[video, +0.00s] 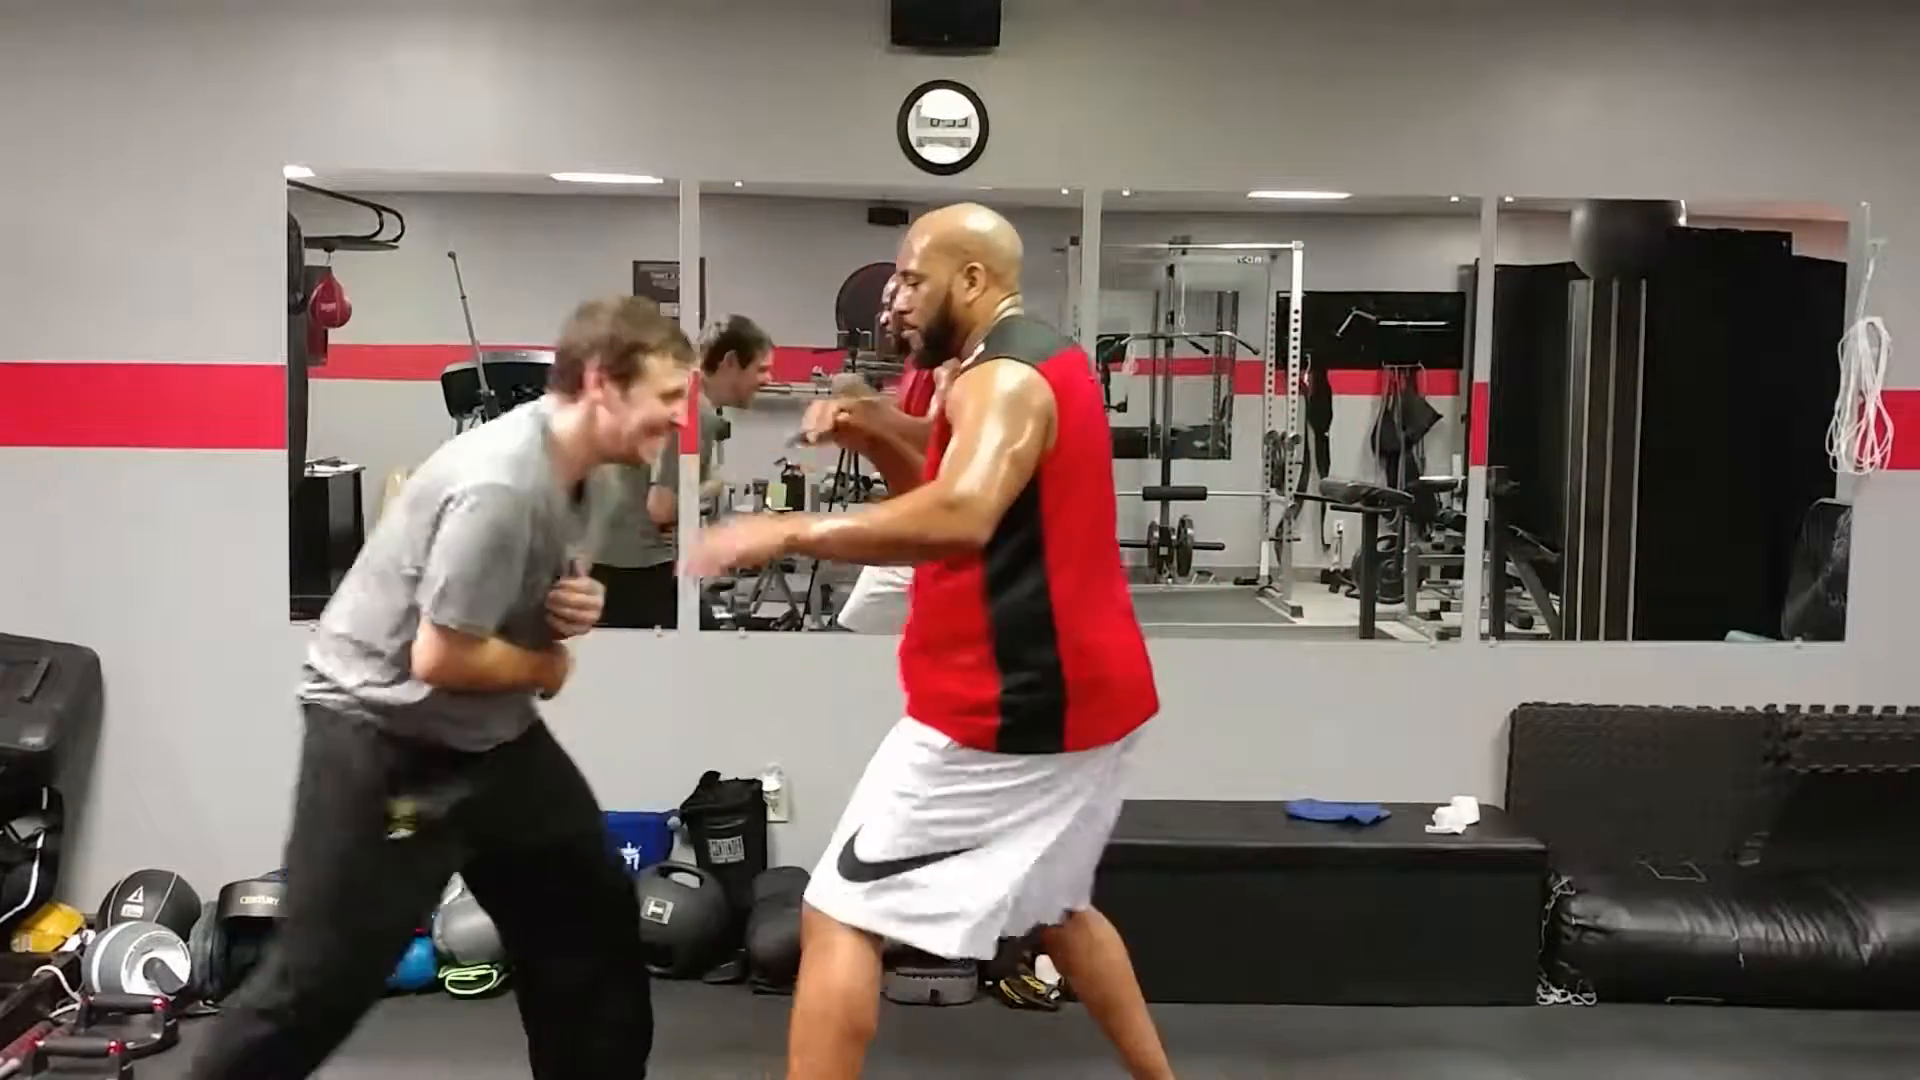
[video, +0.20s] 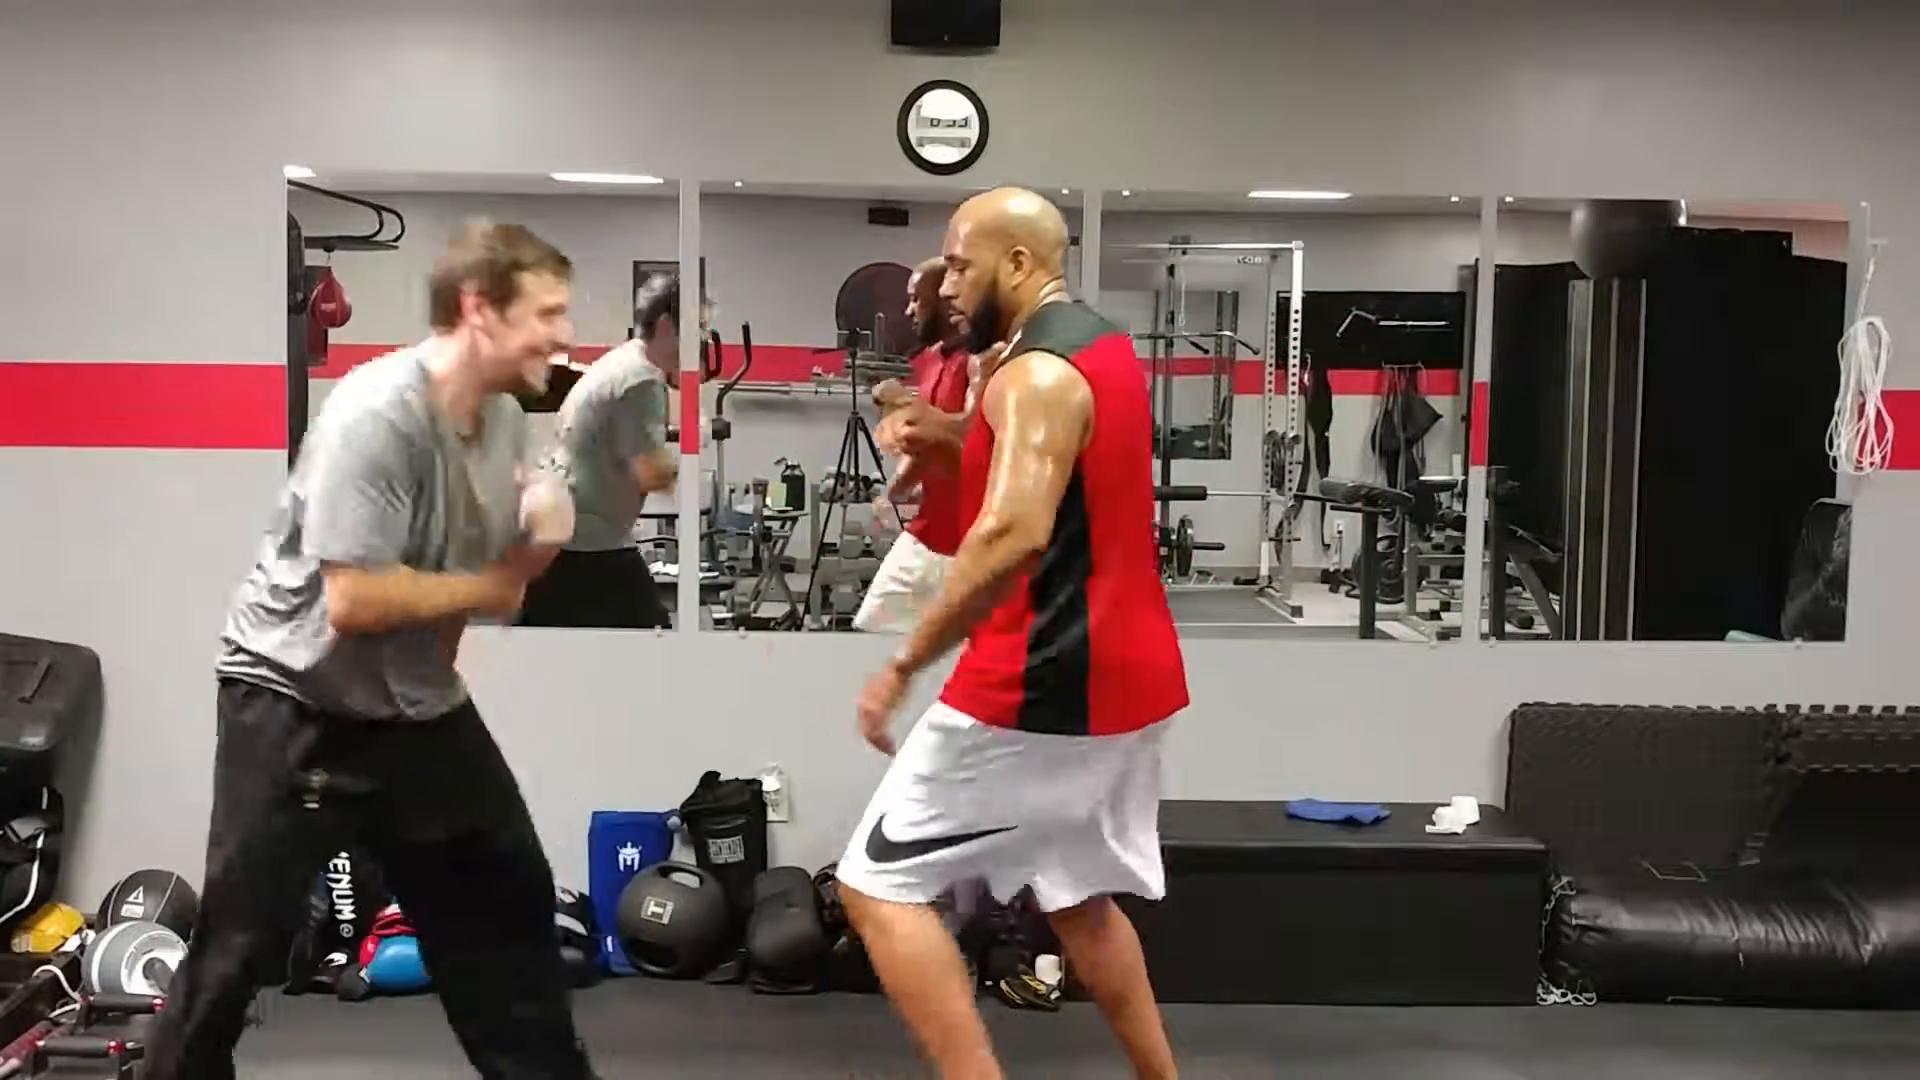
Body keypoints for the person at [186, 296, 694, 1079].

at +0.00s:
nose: (679, 418)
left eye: (683, 400)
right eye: (668, 397)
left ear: (605, 390)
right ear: (599, 386)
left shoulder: (572, 469)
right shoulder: (500, 486)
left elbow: (525, 585)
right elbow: (440, 655)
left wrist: (576, 600)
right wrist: (542, 668)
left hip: (494, 733)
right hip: (380, 738)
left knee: (590, 941)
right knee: (317, 987)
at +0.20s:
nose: (563, 338)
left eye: (564, 318)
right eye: (546, 315)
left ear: (493, 317)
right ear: (477, 312)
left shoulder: (503, 423)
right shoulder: (375, 412)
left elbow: (480, 567)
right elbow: (352, 600)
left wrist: (539, 533)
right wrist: (488, 588)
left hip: (415, 702)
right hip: (291, 702)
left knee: (504, 911)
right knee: (240, 948)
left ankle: (547, 1073)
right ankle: (172, 1071)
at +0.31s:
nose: (525, 300)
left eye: (525, 279)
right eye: (507, 279)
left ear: (456, 284)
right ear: (436, 280)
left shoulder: (485, 393)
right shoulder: (336, 377)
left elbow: (526, 541)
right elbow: (347, 554)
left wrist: (550, 473)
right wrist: (494, 491)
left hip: (422, 705)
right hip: (287, 703)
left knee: (488, 947)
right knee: (230, 961)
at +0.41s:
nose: (499, 279)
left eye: (499, 258)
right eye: (481, 258)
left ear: (428, 264)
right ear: (410, 261)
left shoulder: (469, 376)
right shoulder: (314, 361)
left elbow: (566, 480)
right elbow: (361, 502)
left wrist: (555, 390)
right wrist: (468, 393)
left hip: (426, 705)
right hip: (285, 697)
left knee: (471, 965)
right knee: (223, 967)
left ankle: (476, 1075)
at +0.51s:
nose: (474, 286)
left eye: (475, 267)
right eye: (455, 267)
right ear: (384, 271)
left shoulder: (466, 375)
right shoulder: (292, 370)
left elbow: (577, 456)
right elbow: (357, 479)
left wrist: (541, 356)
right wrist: (421, 352)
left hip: (439, 710)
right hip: (289, 710)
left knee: (495, 927)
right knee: (225, 957)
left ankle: (481, 1073)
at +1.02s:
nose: (733, 329)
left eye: (729, 313)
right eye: (714, 314)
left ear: (658, 343)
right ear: (652, 338)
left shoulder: (643, 427)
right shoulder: (692, 419)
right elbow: (864, 438)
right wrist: (1016, 427)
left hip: (682, 749)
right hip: (579, 744)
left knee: (805, 939)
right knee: (473, 979)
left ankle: (849, 1073)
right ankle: (359, 1075)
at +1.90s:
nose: (771, 368)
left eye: (777, 349)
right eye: (759, 343)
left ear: (699, 337)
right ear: (695, 333)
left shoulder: (688, 427)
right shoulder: (634, 422)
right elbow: (737, 570)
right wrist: (878, 616)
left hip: (605, 707)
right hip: (498, 699)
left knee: (686, 918)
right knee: (465, 950)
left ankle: (660, 1072)